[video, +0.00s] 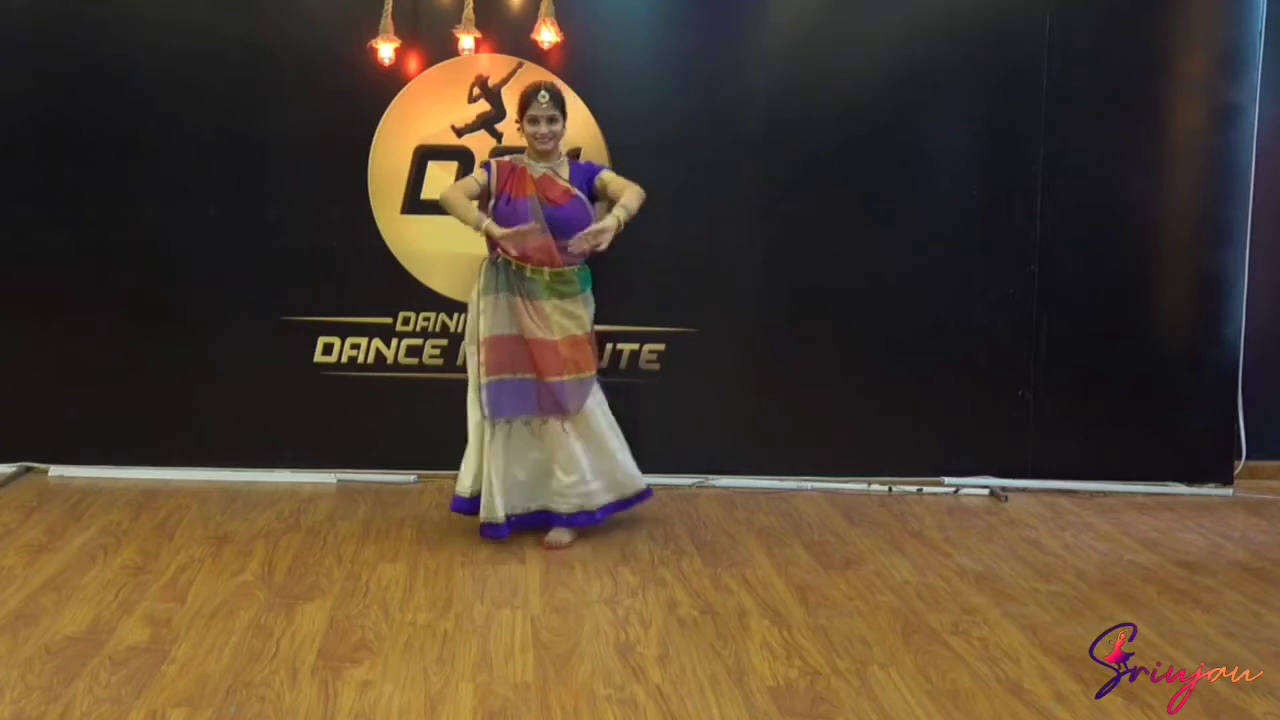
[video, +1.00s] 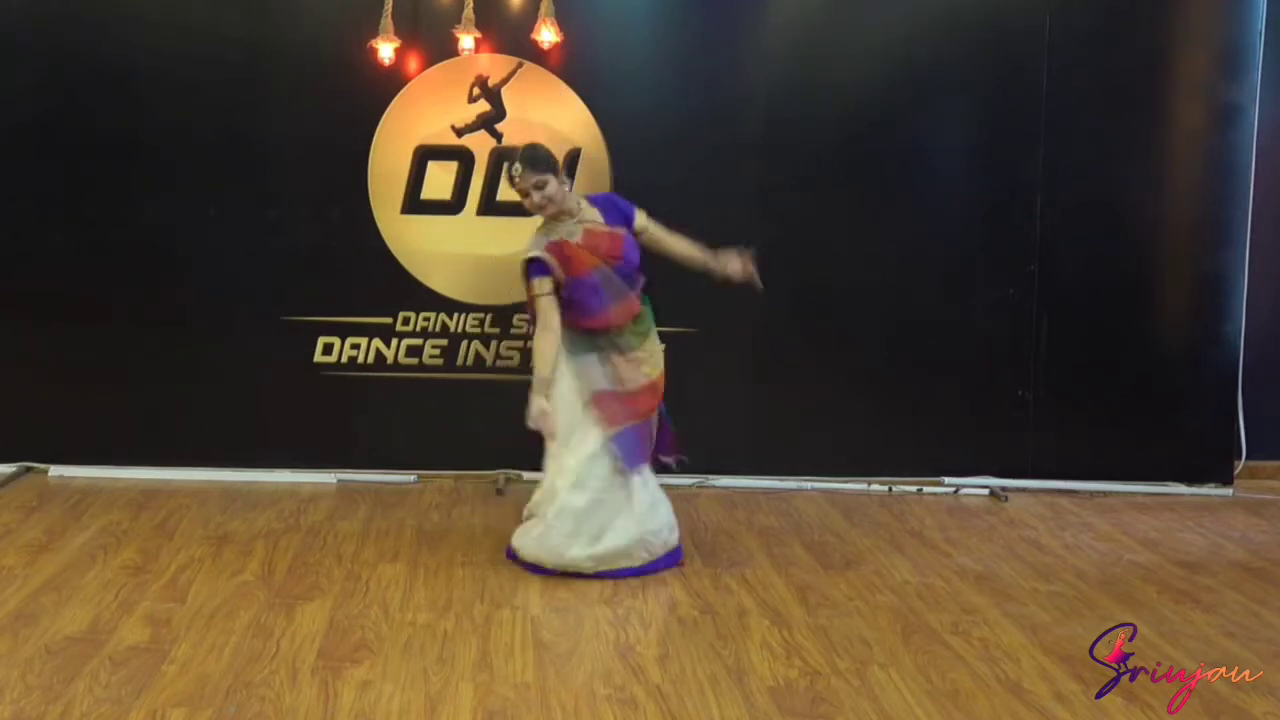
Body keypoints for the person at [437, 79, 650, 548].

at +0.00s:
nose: (543, 128)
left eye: (552, 120)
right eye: (534, 120)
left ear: (564, 126)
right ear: (521, 126)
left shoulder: (584, 173)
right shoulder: (503, 171)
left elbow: (633, 192)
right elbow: (452, 196)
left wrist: (611, 223)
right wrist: (492, 228)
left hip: (562, 298)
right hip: (507, 297)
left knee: (562, 402)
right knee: (510, 400)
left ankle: (565, 512)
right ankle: (508, 506)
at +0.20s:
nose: (543, 126)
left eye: (552, 118)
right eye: (534, 119)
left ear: (566, 122)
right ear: (523, 124)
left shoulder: (587, 170)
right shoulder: (509, 167)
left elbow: (642, 153)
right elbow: (454, 153)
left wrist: (583, 160)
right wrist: (508, 156)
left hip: (566, 302)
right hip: (511, 299)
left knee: (560, 409)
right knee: (509, 404)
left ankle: (560, 515)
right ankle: (508, 505)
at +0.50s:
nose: (539, 140)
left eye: (546, 130)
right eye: (530, 134)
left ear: (564, 134)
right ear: (521, 143)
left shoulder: (592, 185)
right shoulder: (514, 191)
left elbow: (623, 217)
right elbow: (480, 227)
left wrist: (577, 184)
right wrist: (509, 195)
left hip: (590, 312)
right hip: (534, 313)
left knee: (582, 412)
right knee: (525, 414)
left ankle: (570, 509)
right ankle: (557, 519)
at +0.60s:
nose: (535, 153)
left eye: (541, 142)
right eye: (525, 147)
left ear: (560, 144)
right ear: (517, 157)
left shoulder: (595, 197)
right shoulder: (511, 210)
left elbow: (626, 249)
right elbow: (499, 268)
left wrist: (586, 232)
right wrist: (537, 243)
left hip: (596, 323)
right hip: (538, 325)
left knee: (595, 423)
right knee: (538, 425)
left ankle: (606, 511)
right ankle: (594, 519)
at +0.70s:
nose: (527, 173)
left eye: (533, 161)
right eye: (517, 168)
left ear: (552, 159)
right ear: (510, 175)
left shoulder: (595, 209)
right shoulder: (513, 230)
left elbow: (631, 270)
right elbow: (516, 300)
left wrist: (626, 306)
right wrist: (553, 323)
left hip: (609, 339)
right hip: (549, 345)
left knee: (612, 442)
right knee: (562, 448)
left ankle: (643, 521)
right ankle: (565, 542)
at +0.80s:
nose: (525, 184)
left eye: (530, 173)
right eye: (515, 179)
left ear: (550, 167)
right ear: (508, 186)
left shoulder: (597, 213)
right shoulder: (515, 245)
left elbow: (638, 272)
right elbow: (530, 314)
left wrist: (670, 321)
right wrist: (558, 358)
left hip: (621, 338)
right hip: (562, 349)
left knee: (629, 443)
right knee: (578, 448)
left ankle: (648, 533)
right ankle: (580, 540)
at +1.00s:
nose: (535, 200)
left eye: (541, 187)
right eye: (525, 194)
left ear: (562, 177)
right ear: (522, 197)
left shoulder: (610, 209)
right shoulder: (542, 254)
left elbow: (667, 241)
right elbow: (547, 325)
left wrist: (716, 262)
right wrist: (539, 392)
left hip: (637, 344)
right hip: (584, 355)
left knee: (631, 442)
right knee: (589, 446)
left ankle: (626, 536)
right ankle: (565, 538)